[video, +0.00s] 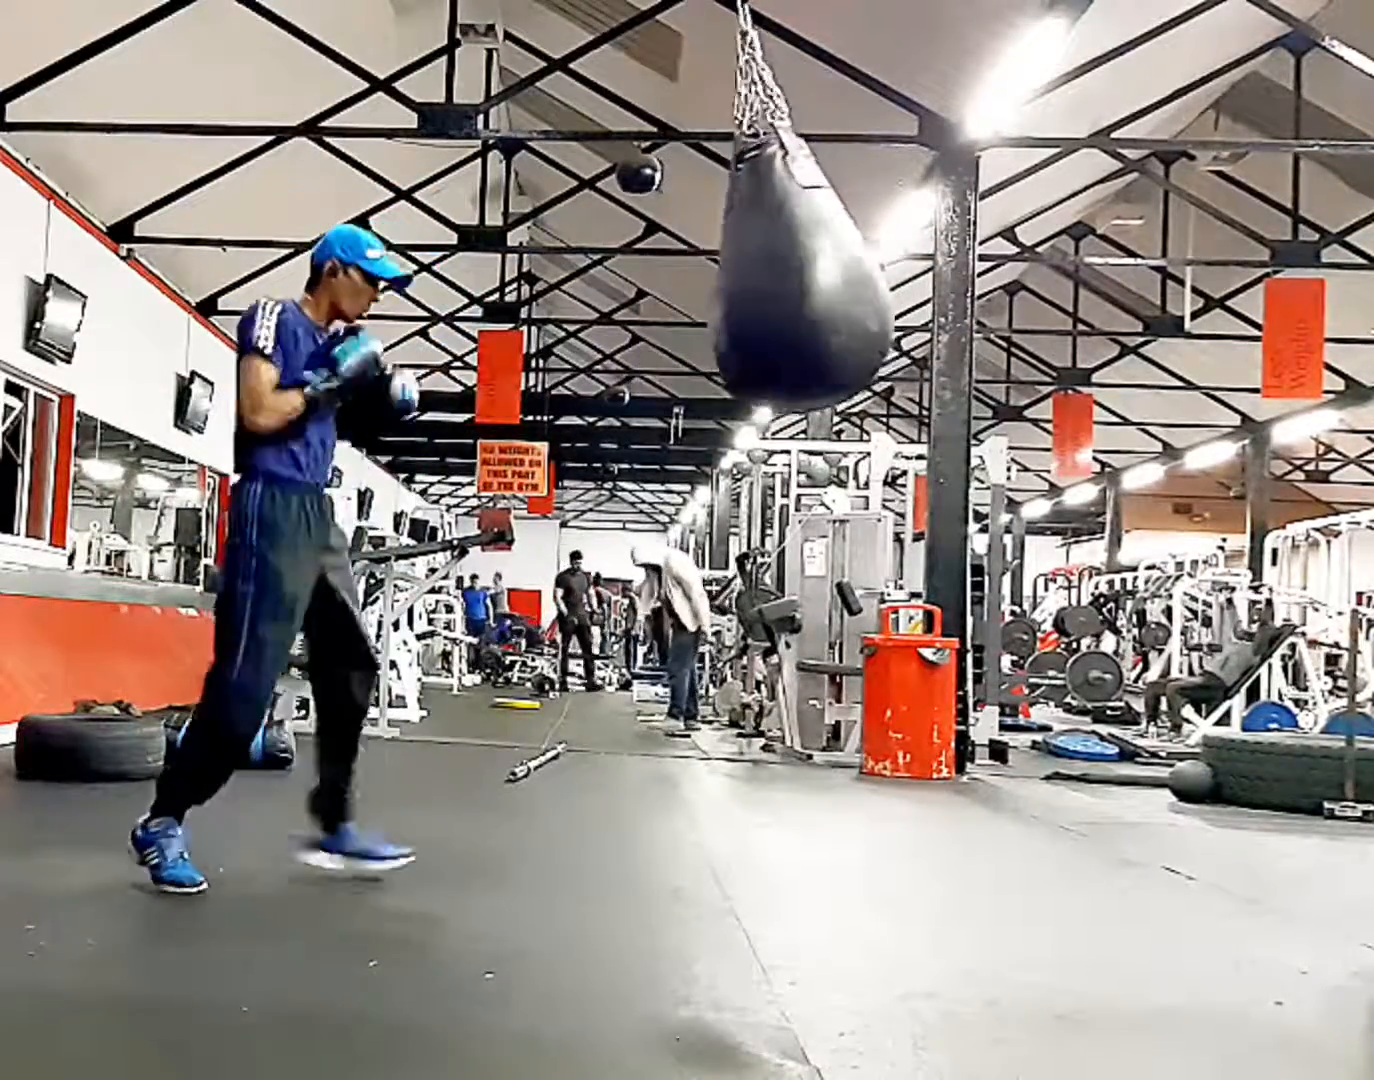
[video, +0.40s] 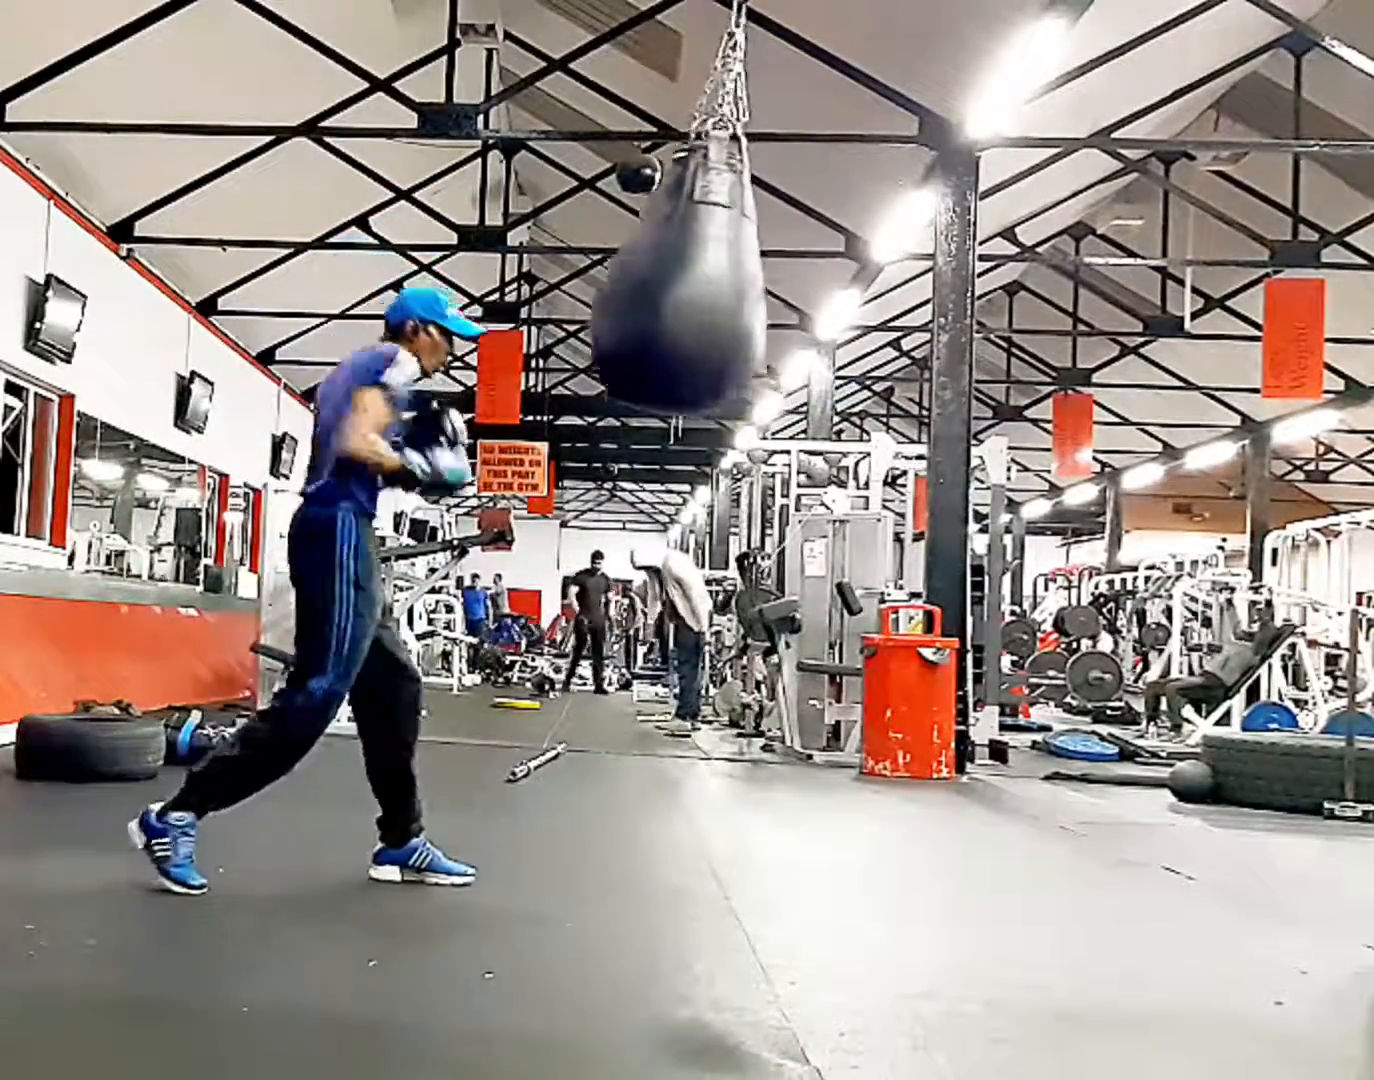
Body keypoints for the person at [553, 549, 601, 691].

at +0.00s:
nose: (577, 565)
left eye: (579, 562)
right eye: (575, 562)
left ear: (582, 562)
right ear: (570, 562)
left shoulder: (586, 577)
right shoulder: (562, 577)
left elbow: (591, 594)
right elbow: (557, 597)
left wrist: (594, 608)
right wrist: (565, 613)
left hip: (583, 615)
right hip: (568, 615)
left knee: (587, 648)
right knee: (565, 649)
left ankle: (590, 679)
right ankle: (563, 680)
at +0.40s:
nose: (597, 565)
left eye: (600, 563)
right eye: (595, 562)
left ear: (603, 563)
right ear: (591, 562)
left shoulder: (605, 579)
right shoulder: (581, 576)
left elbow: (610, 597)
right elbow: (571, 592)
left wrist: (610, 613)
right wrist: (576, 610)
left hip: (599, 617)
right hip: (584, 616)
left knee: (598, 653)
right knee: (578, 650)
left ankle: (599, 684)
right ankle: (567, 681)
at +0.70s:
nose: (602, 563)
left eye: (605, 560)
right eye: (600, 560)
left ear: (608, 561)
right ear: (597, 560)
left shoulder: (614, 578)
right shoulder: (588, 576)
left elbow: (622, 597)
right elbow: (580, 593)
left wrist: (618, 609)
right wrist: (587, 608)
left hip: (607, 616)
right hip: (593, 616)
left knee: (604, 650)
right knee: (592, 649)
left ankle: (601, 682)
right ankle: (591, 681)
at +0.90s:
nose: (602, 563)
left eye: (604, 560)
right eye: (599, 560)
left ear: (608, 561)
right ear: (596, 562)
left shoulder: (616, 579)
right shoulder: (588, 578)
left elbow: (624, 598)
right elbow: (581, 599)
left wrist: (619, 613)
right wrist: (588, 615)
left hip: (610, 618)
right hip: (595, 618)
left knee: (607, 651)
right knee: (597, 650)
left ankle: (602, 682)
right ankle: (596, 681)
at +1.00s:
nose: (600, 565)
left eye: (602, 562)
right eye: (598, 563)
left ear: (607, 563)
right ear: (595, 564)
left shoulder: (616, 579)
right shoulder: (588, 579)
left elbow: (624, 598)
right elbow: (581, 599)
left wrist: (620, 615)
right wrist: (585, 615)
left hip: (611, 617)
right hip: (595, 617)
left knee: (608, 649)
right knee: (598, 648)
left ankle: (603, 679)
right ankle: (599, 681)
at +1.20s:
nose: (598, 564)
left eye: (600, 561)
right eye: (595, 562)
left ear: (604, 561)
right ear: (592, 563)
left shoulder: (615, 576)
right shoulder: (587, 579)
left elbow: (624, 595)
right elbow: (581, 599)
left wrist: (622, 612)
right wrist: (586, 616)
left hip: (612, 617)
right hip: (595, 618)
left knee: (616, 649)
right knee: (597, 651)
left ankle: (607, 679)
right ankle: (599, 682)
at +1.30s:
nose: (597, 563)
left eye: (599, 560)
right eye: (594, 561)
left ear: (604, 560)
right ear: (591, 562)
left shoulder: (615, 575)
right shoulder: (587, 578)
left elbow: (625, 593)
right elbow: (580, 598)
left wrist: (622, 610)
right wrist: (587, 613)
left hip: (613, 619)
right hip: (596, 620)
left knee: (617, 651)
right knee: (597, 653)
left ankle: (612, 680)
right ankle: (599, 683)